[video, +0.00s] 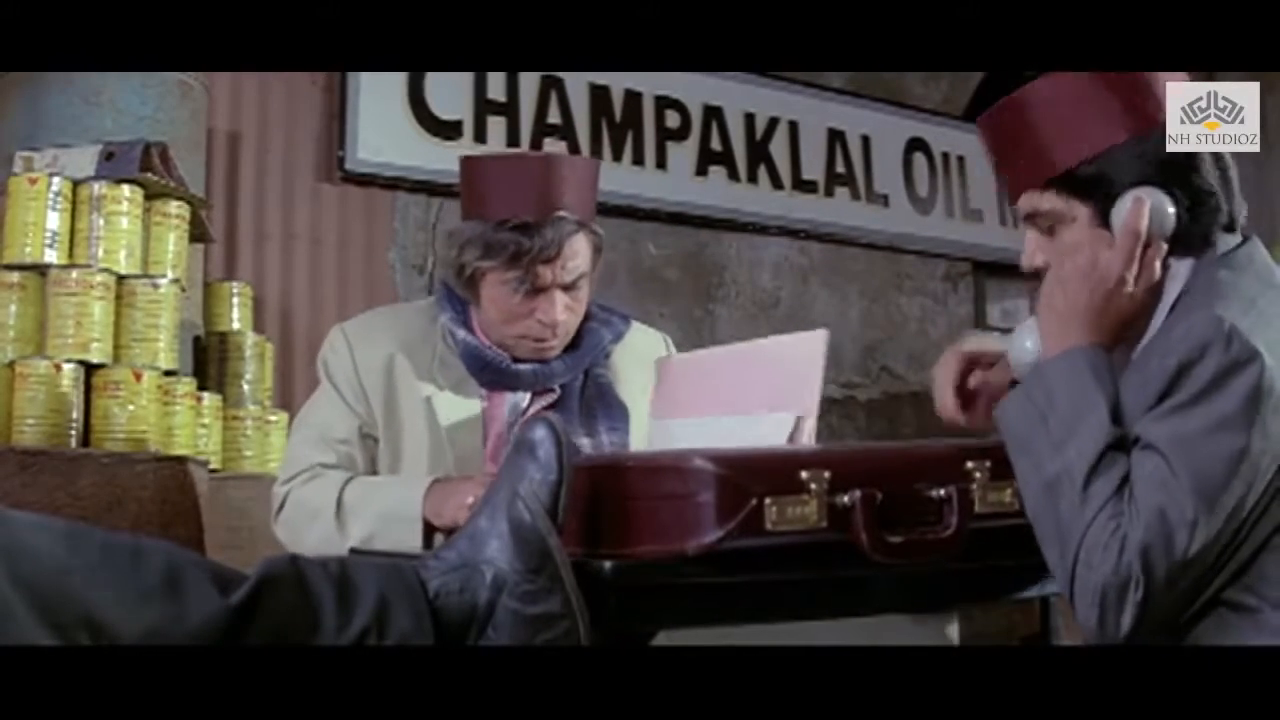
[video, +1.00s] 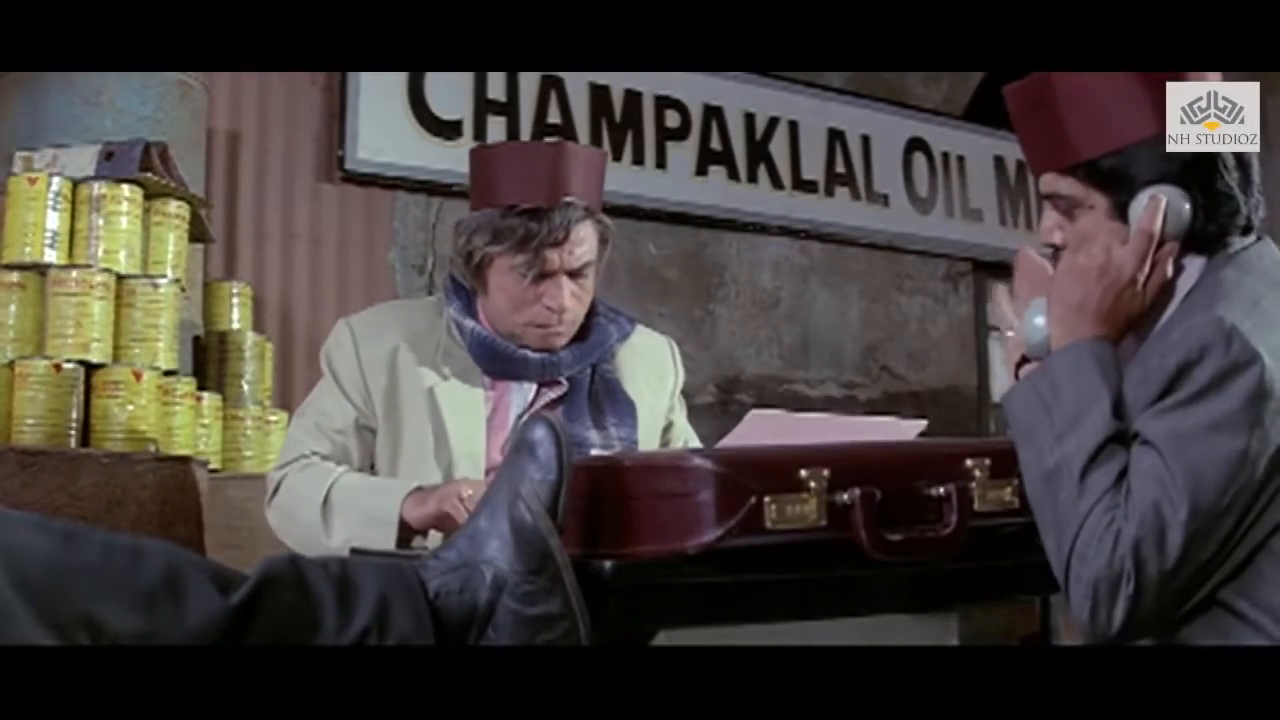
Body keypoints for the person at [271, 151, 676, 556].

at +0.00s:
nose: (553, 315)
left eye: (573, 286)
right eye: (526, 288)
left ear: (593, 272)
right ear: (469, 273)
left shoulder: (645, 359)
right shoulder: (368, 355)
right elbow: (300, 500)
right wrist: (426, 502)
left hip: (589, 624)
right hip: (419, 628)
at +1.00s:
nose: (560, 299)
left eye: (578, 273)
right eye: (534, 273)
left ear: (598, 267)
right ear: (476, 264)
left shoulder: (649, 362)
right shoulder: (375, 349)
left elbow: (691, 490)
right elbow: (294, 489)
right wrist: (406, 506)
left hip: (595, 621)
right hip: (425, 625)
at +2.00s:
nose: (556, 289)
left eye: (573, 262)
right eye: (529, 262)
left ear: (592, 266)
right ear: (472, 262)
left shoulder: (646, 361)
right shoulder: (378, 343)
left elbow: (686, 496)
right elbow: (305, 492)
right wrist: (445, 400)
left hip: (590, 620)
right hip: (417, 618)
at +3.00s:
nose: (544, 214)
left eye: (557, 199)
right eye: (511, 200)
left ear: (579, 226)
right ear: (454, 239)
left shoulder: (645, 354)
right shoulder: (395, 318)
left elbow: (677, 478)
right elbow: (422, 404)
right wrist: (574, 314)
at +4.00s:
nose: (548, 227)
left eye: (558, 204)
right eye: (517, 208)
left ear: (576, 222)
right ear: (457, 227)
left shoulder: (638, 351)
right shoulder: (392, 326)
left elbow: (679, 476)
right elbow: (420, 427)